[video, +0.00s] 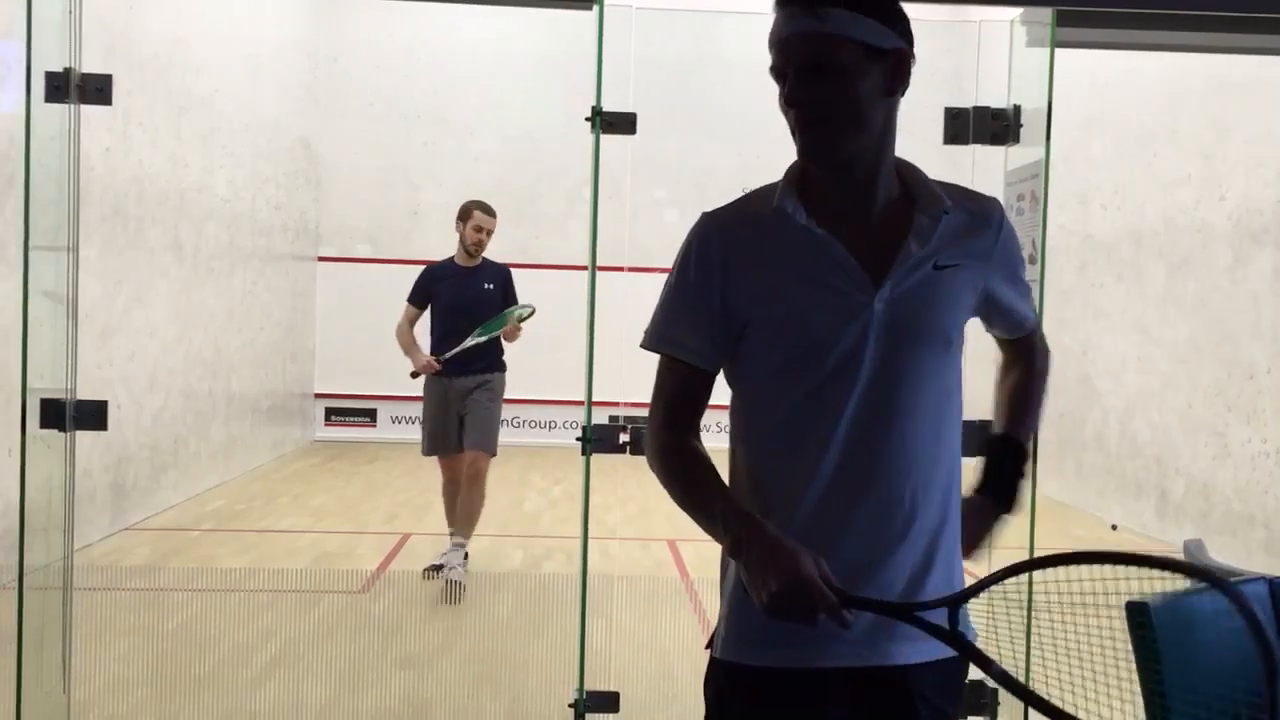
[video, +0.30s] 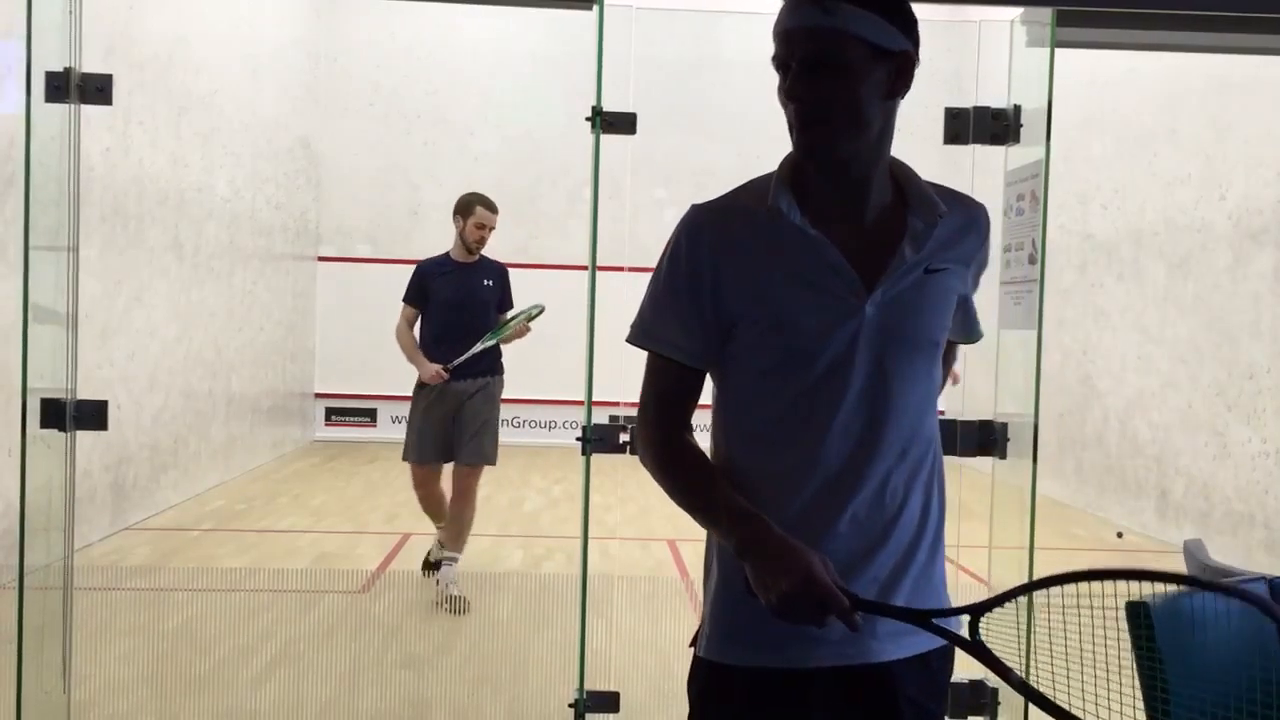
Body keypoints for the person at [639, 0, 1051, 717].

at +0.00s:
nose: (794, 96)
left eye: (822, 71)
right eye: (783, 75)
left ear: (898, 72)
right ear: (773, 80)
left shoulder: (976, 232)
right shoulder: (726, 244)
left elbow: (1024, 348)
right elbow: (668, 433)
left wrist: (995, 491)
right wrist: (753, 546)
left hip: (921, 647)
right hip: (770, 647)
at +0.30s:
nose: (795, 90)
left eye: (824, 67)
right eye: (786, 67)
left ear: (900, 74)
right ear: (773, 76)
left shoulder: (959, 229)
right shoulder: (714, 236)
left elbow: (932, 372)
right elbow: (658, 430)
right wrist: (758, 541)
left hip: (906, 638)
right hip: (757, 644)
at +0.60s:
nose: (790, 90)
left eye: (820, 67)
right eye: (777, 67)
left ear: (892, 76)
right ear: (765, 78)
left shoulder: (944, 230)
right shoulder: (704, 234)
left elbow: (910, 389)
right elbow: (638, 431)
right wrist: (752, 552)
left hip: (894, 642)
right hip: (747, 650)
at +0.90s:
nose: (783, 91)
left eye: (813, 68)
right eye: (773, 67)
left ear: (889, 83)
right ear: (761, 77)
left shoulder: (939, 230)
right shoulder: (700, 230)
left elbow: (885, 388)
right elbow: (629, 426)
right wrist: (744, 546)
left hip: (887, 639)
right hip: (741, 647)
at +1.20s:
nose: (783, 93)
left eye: (815, 71)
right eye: (775, 69)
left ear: (891, 88)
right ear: (764, 77)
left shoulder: (942, 232)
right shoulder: (699, 229)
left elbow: (885, 381)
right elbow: (628, 422)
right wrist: (736, 539)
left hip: (886, 639)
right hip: (738, 645)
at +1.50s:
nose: (815, 96)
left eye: (845, 74)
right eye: (799, 72)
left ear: (902, 89)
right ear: (780, 80)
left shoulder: (942, 230)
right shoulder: (701, 229)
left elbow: (889, 386)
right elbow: (630, 422)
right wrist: (738, 545)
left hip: (889, 635)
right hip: (741, 644)